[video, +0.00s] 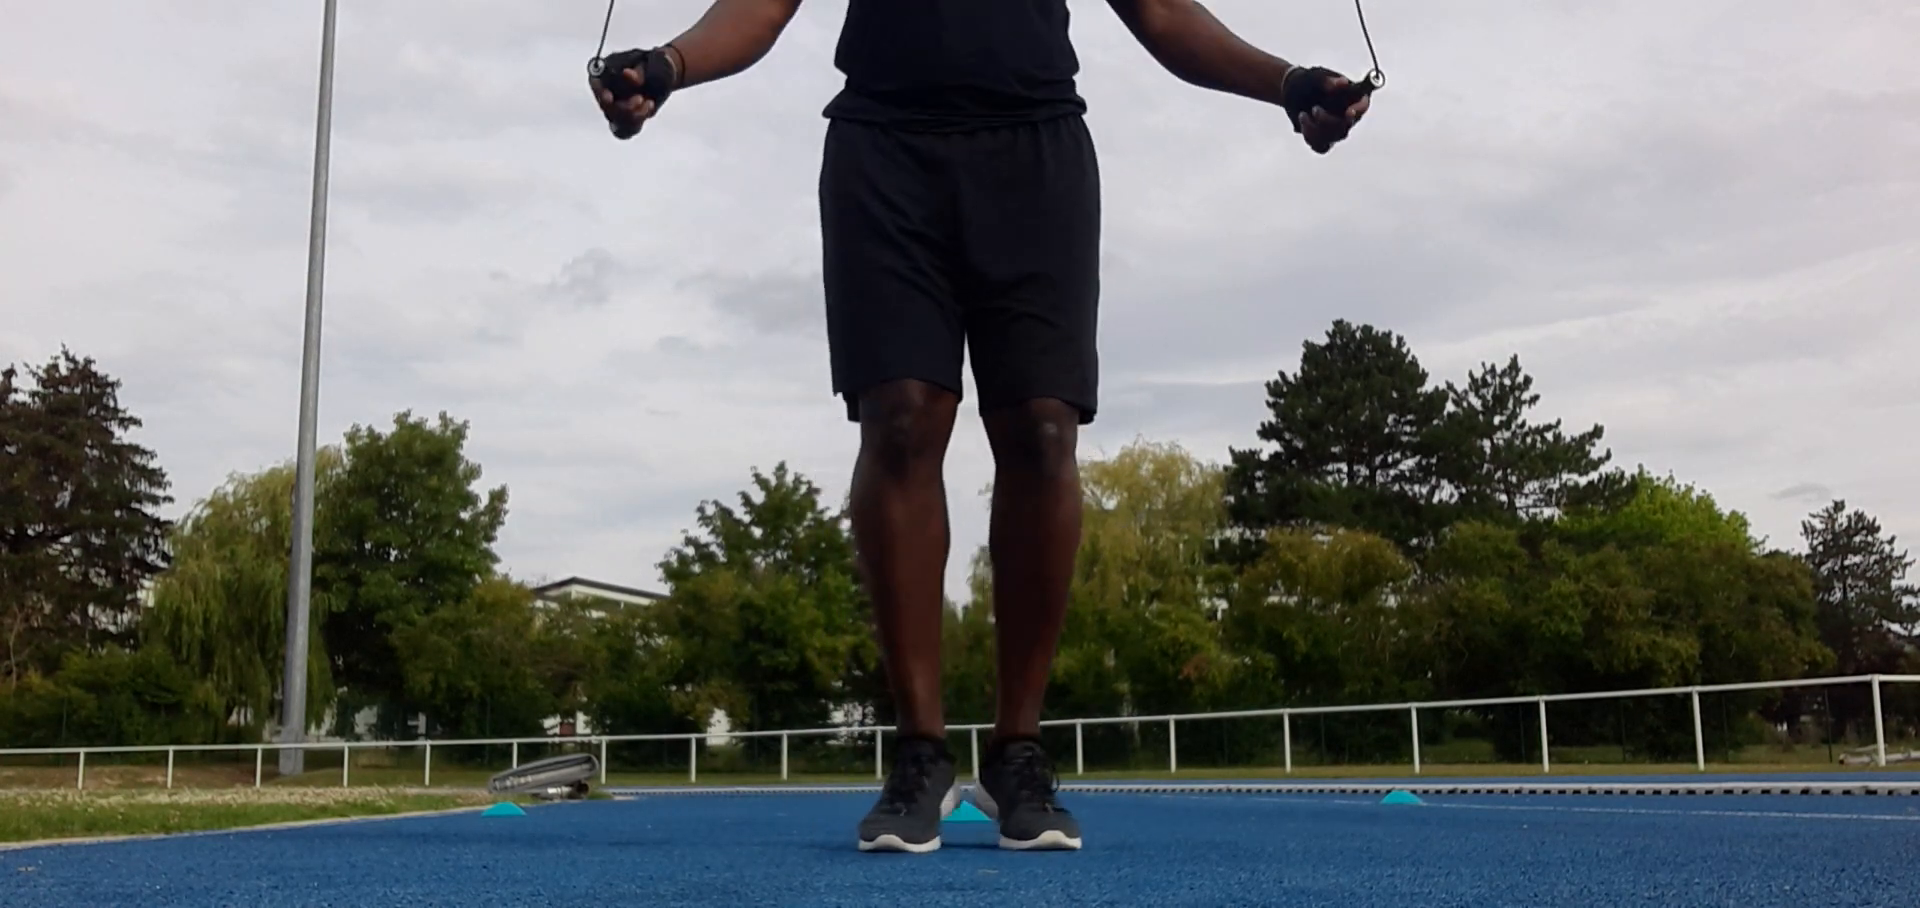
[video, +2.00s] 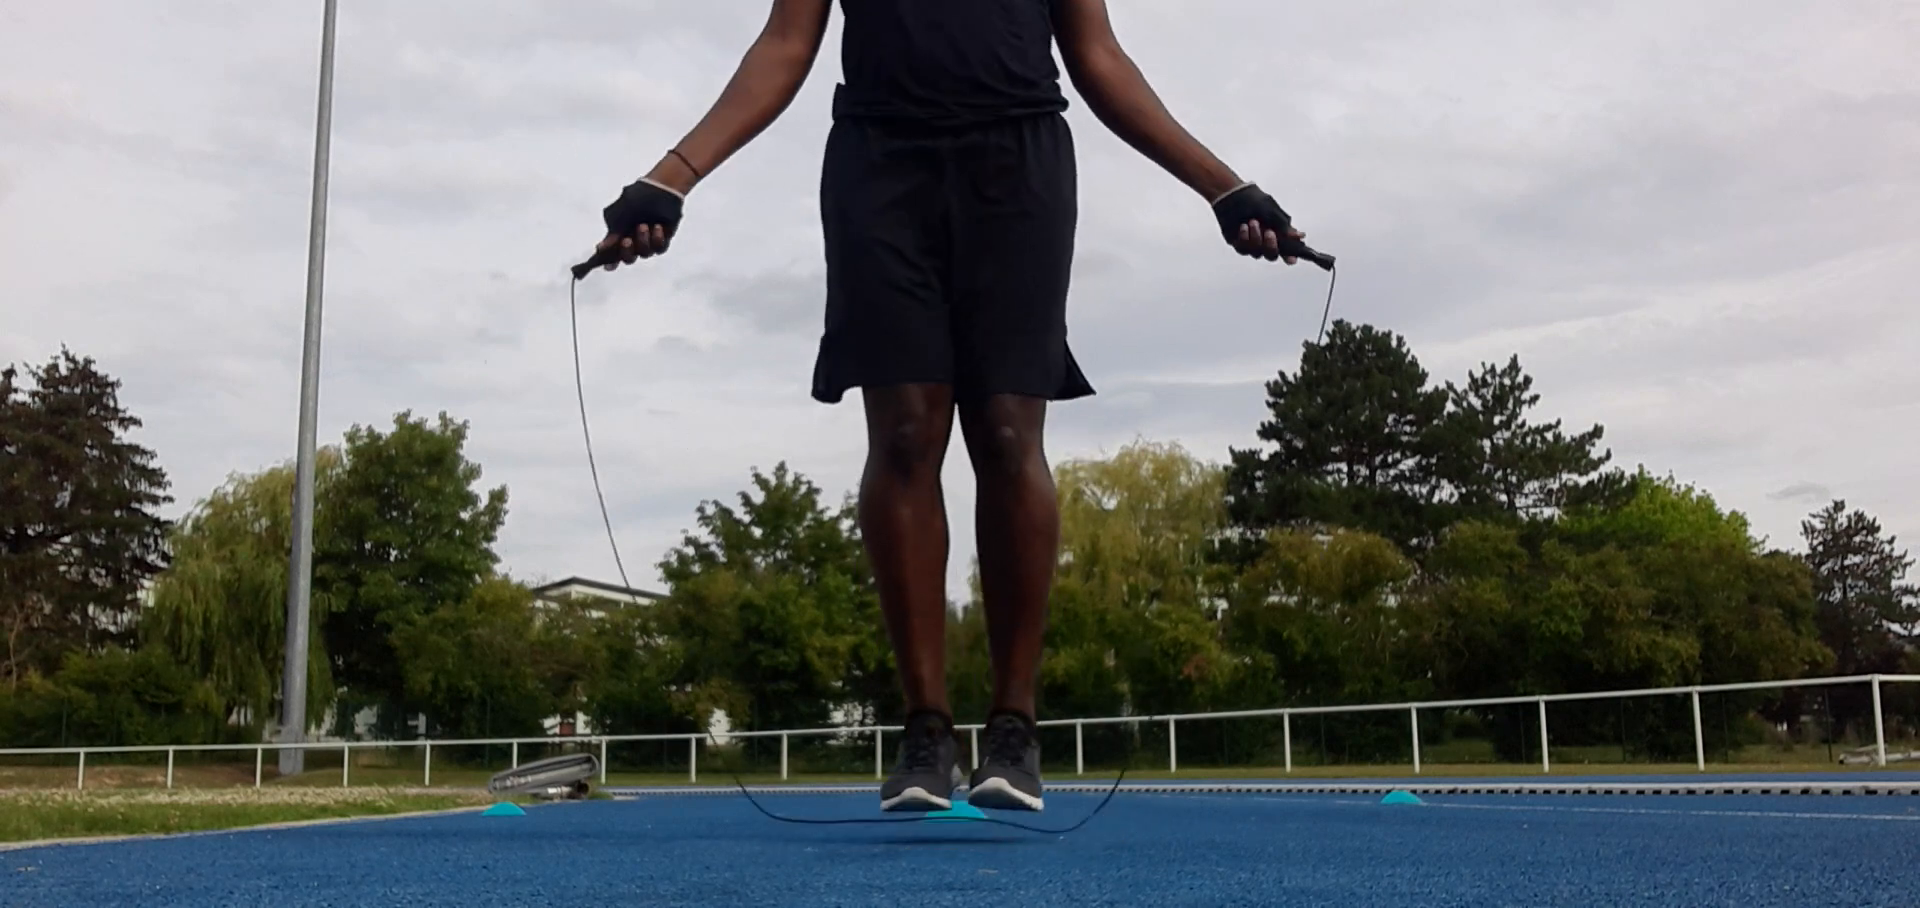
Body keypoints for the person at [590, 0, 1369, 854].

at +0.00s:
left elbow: (1166, 15)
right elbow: (762, 7)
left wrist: (1288, 81)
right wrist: (668, 62)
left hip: (1038, 135)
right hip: (885, 137)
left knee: (1040, 427)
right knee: (904, 417)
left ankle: (1021, 755)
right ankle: (920, 753)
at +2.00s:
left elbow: (1099, 57)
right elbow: (787, 39)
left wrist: (1224, 185)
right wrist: (672, 173)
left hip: (1018, 146)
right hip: (878, 150)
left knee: (1006, 431)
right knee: (904, 427)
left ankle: (1013, 731)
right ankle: (926, 735)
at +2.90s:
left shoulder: (1026, 3)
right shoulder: (813, 1)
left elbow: (1083, 126)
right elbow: (764, 112)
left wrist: (1229, 136)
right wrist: (646, 137)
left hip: (998, 228)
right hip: (863, 229)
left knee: (982, 495)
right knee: (890, 493)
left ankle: (975, 773)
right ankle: (916, 775)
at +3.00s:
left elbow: (1077, 98)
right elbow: (765, 84)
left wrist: (1206, 186)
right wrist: (659, 178)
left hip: (997, 206)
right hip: (863, 208)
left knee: (981, 469)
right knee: (886, 467)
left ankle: (982, 760)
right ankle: (908, 766)